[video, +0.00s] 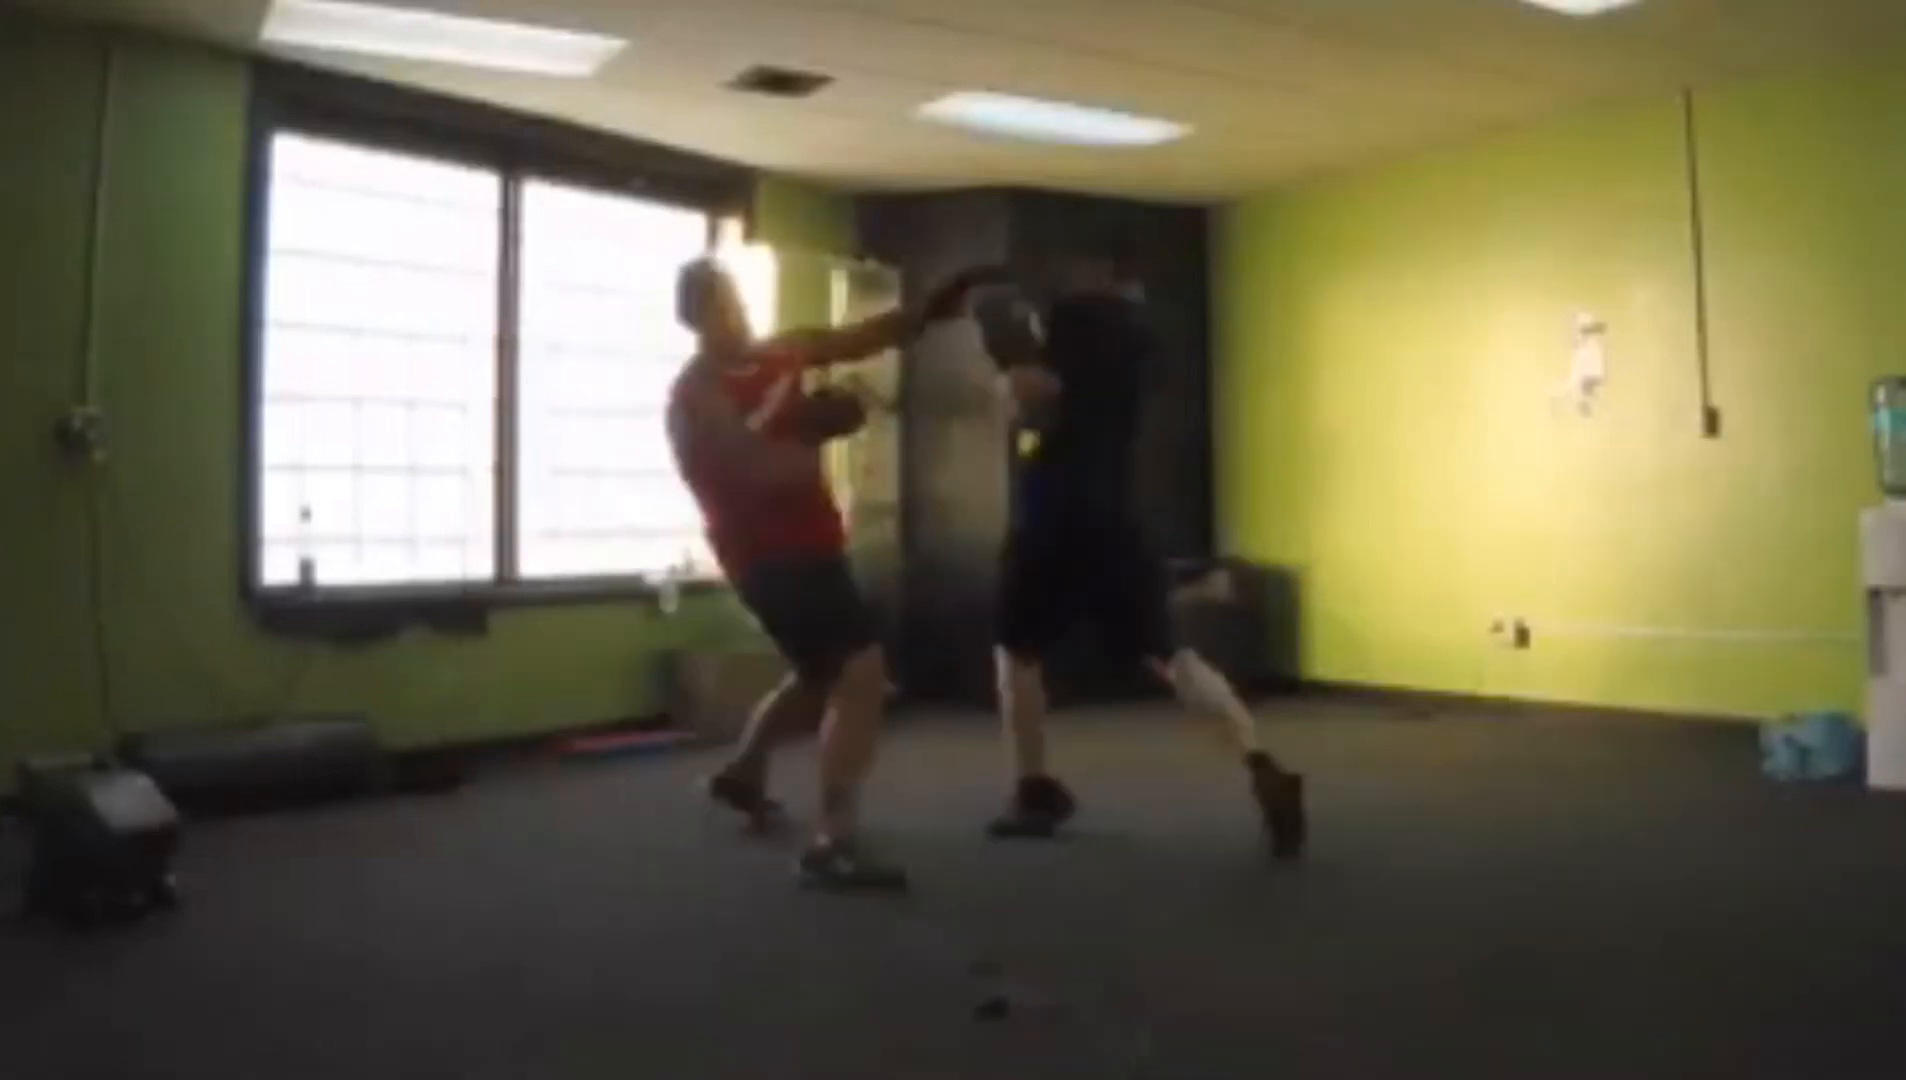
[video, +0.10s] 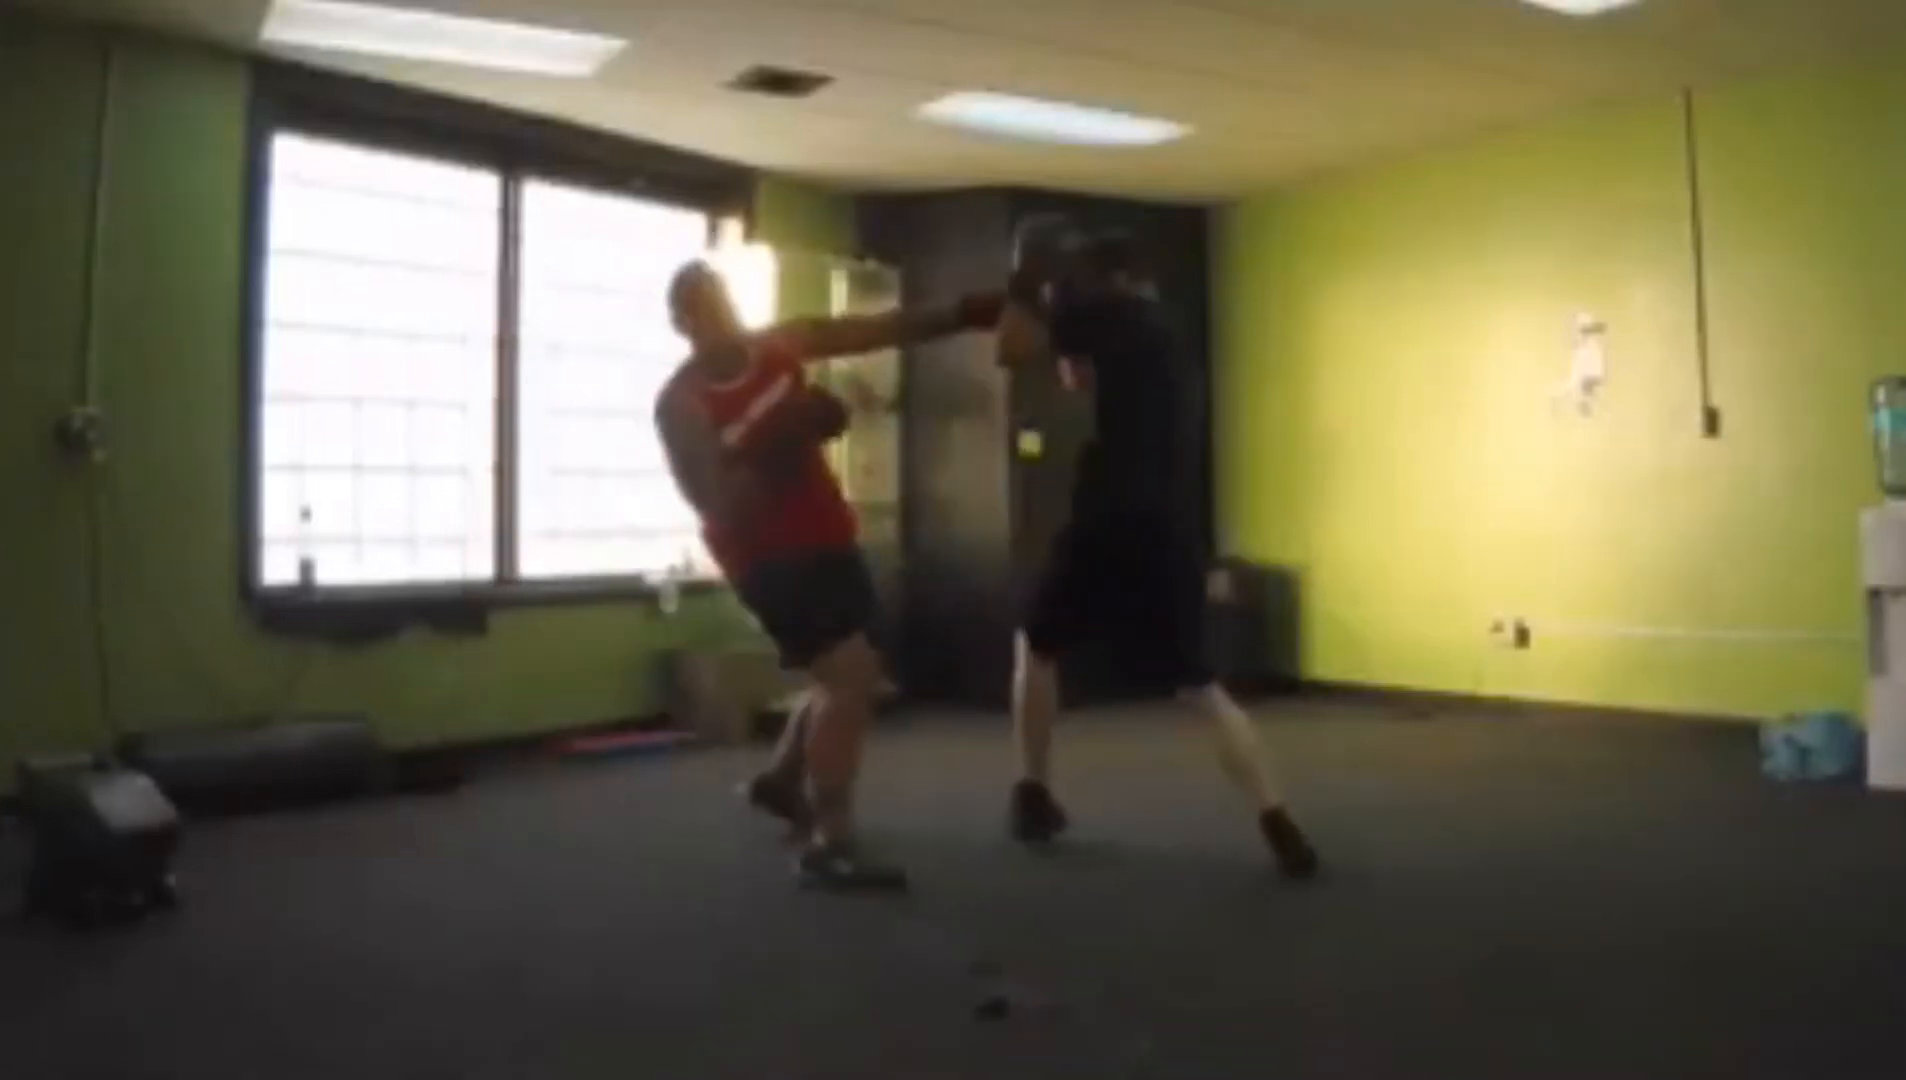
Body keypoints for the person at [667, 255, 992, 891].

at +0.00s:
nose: (732, 312)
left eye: (732, 297)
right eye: (716, 303)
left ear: (740, 302)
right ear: (695, 316)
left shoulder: (781, 356)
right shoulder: (696, 396)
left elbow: (856, 340)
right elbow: (750, 466)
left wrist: (925, 315)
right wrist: (818, 426)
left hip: (814, 546)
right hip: (767, 558)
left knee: (819, 681)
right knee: (861, 676)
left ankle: (743, 774)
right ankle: (834, 842)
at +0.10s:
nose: (713, 316)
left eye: (715, 301)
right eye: (697, 309)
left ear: (729, 302)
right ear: (680, 322)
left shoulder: (780, 349)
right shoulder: (681, 402)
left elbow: (875, 331)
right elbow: (718, 498)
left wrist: (963, 316)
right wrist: (789, 429)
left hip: (827, 538)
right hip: (764, 556)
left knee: (851, 675)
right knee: (848, 677)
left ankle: (783, 777)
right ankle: (831, 842)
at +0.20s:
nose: (706, 313)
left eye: (709, 297)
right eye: (689, 305)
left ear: (724, 298)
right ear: (674, 318)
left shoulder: (781, 344)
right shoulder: (669, 401)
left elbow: (877, 338)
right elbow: (644, 509)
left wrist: (960, 333)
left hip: (830, 537)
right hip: (761, 556)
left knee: (856, 663)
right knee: (823, 668)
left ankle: (799, 774)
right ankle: (824, 841)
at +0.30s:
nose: (709, 301)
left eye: (713, 286)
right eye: (694, 293)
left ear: (727, 288)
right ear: (673, 306)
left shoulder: (777, 337)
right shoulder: (657, 386)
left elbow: (864, 344)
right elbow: (612, 479)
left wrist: (930, 360)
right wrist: (678, 496)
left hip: (822, 532)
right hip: (751, 555)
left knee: (858, 671)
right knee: (797, 679)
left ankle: (799, 792)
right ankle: (820, 836)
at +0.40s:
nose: (709, 297)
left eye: (713, 282)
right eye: (694, 288)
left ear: (729, 283)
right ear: (674, 300)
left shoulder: (778, 344)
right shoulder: (659, 378)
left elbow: (849, 385)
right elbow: (617, 473)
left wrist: (849, 403)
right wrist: (659, 474)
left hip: (798, 538)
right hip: (721, 554)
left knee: (824, 681)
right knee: (753, 687)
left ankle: (792, 811)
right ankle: (768, 838)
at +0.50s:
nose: (700, 310)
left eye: (707, 293)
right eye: (687, 298)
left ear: (723, 295)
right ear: (667, 307)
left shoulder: (766, 366)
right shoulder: (651, 383)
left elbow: (826, 426)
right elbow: (618, 488)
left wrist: (806, 397)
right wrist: (660, 451)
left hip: (770, 554)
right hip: (686, 562)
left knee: (813, 688)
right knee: (671, 689)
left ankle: (783, 816)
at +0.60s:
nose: (685, 315)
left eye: (691, 300)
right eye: (670, 303)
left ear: (705, 303)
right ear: (647, 314)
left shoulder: (744, 377)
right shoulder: (626, 389)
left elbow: (814, 431)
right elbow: (589, 498)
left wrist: (824, 393)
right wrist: (634, 434)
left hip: (744, 557)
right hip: (651, 565)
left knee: (815, 688)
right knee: (603, 708)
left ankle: (782, 817)